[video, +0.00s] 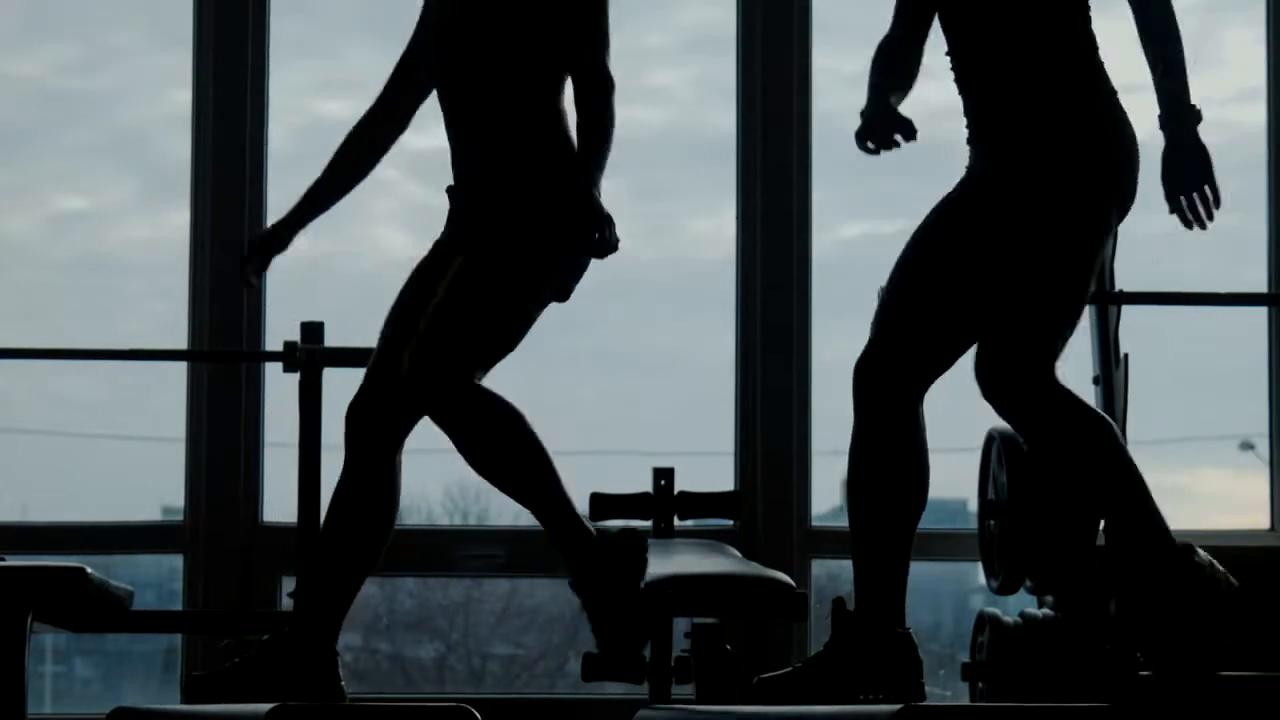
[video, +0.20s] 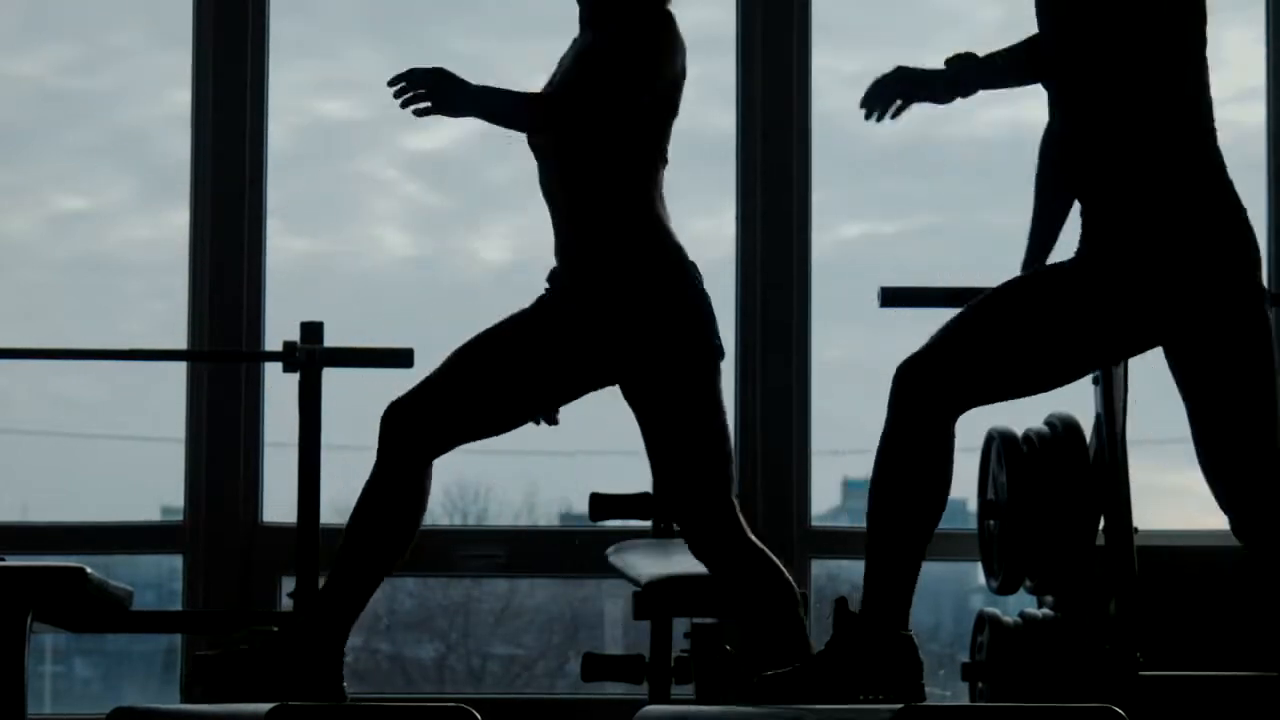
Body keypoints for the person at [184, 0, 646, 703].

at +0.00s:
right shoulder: (447, 11)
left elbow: (595, 89)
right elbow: (383, 122)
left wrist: (587, 191)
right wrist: (289, 226)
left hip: (546, 224)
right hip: (473, 225)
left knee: (443, 380)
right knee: (372, 422)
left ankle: (593, 566)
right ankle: (311, 648)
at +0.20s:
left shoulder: (639, 31)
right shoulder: (594, 43)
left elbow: (581, 126)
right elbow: (585, 218)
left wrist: (469, 99)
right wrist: (548, 360)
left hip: (648, 306)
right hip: (585, 304)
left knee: (710, 520)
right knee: (410, 429)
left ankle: (803, 689)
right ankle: (320, 642)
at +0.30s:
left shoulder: (672, 57)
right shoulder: (629, 68)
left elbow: (595, 145)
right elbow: (639, 233)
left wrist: (460, 119)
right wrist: (643, 370)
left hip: (701, 335)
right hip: (635, 328)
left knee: (774, 546)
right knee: (443, 419)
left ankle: (862, 712)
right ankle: (359, 642)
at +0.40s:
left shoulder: (674, 38)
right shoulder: (628, 54)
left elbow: (608, 151)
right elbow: (653, 227)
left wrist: (485, 188)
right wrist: (671, 367)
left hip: (709, 315)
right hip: (647, 315)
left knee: (769, 534)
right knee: (472, 422)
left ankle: (847, 714)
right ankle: (491, 653)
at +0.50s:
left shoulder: (664, 44)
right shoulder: (629, 53)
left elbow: (614, 178)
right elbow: (614, 182)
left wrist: (528, 266)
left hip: (702, 312)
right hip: (649, 315)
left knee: (772, 536)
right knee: (506, 477)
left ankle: (846, 713)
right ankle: (609, 664)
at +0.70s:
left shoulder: (653, 70)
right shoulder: (581, 81)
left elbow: (656, 224)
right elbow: (553, 232)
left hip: (669, 339)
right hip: (607, 342)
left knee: (657, 547)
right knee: (593, 557)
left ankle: (795, 707)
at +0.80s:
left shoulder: (655, 47)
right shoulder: (542, 54)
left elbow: (698, 187)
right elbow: (463, 178)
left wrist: (733, 330)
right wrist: (336, 167)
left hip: (658, 297)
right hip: (594, 303)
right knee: (623, 493)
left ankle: (697, 659)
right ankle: (674, 674)